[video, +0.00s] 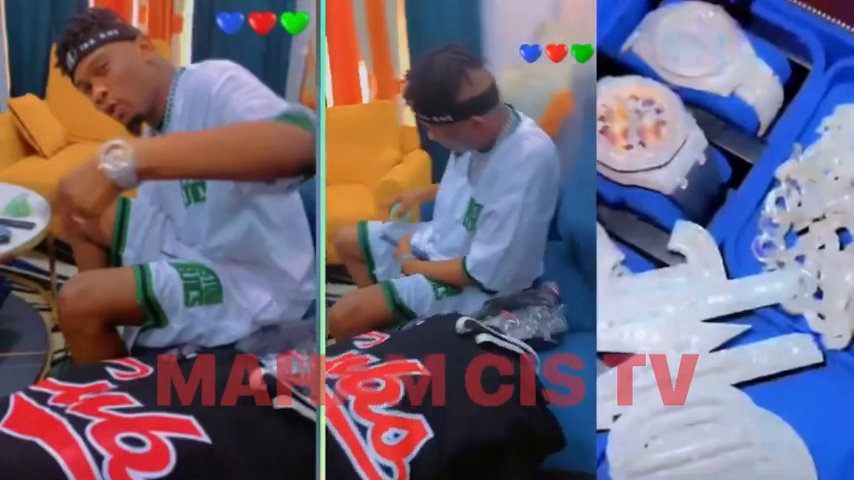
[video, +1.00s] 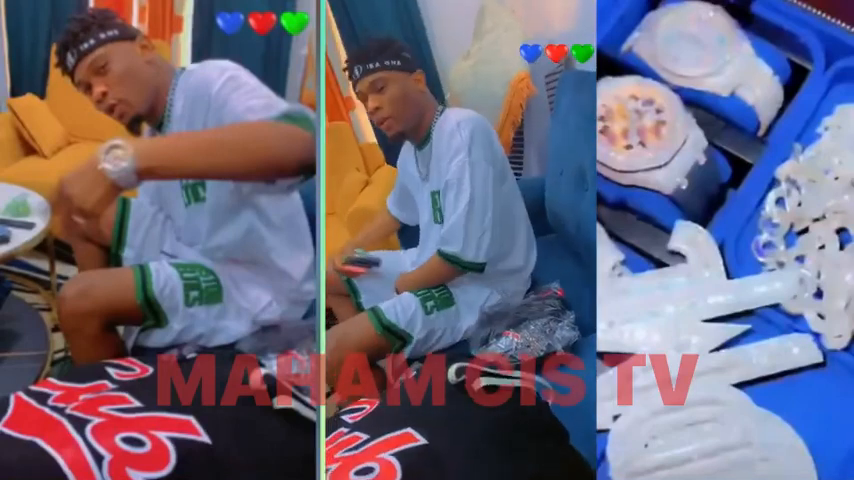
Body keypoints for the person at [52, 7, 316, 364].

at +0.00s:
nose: (98, 94)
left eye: (102, 70)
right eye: (87, 89)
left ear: (144, 48)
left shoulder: (213, 81)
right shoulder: (152, 132)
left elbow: (298, 145)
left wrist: (131, 160)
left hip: (259, 278)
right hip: (190, 251)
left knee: (80, 300)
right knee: (84, 214)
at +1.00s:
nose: (98, 94)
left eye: (102, 70)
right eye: (87, 89)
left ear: (144, 48)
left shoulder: (212, 81)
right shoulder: (152, 133)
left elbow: (299, 145)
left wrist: (132, 160)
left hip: (259, 279)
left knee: (80, 300)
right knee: (84, 215)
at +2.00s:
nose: (98, 94)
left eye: (102, 70)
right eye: (87, 89)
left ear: (144, 48)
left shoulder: (213, 81)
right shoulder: (153, 133)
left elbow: (299, 146)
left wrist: (132, 160)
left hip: (260, 279)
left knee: (80, 300)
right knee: (85, 215)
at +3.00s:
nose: (98, 94)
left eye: (102, 70)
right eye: (87, 89)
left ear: (144, 48)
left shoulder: (212, 81)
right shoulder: (152, 133)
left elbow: (298, 145)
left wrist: (133, 160)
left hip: (259, 278)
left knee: (80, 300)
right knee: (84, 214)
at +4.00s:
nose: (97, 94)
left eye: (102, 70)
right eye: (87, 89)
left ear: (145, 48)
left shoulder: (213, 81)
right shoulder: (153, 135)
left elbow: (299, 146)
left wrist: (131, 160)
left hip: (262, 280)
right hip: (192, 253)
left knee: (80, 300)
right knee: (83, 213)